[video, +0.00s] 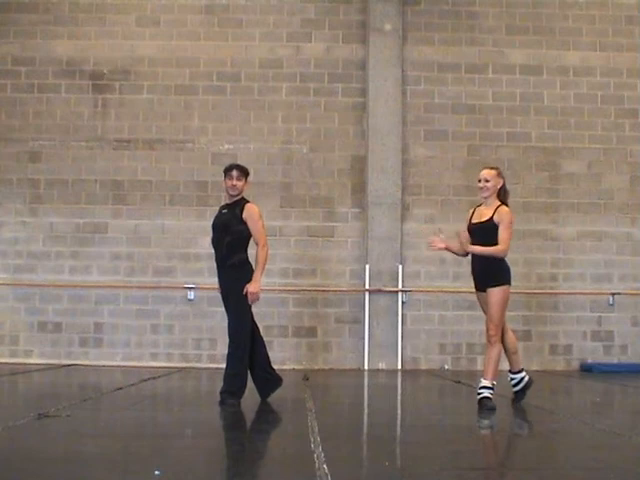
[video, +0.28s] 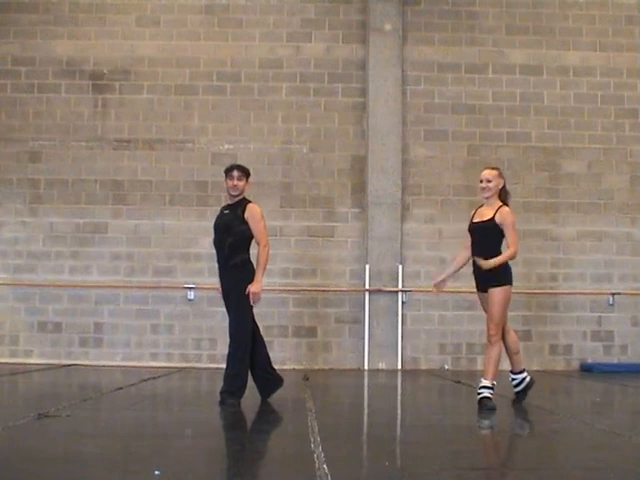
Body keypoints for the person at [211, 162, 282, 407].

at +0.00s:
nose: (234, 183)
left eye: (239, 179)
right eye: (230, 178)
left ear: (246, 183)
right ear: (224, 182)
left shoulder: (249, 209)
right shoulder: (224, 209)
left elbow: (262, 245)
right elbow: (224, 247)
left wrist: (256, 281)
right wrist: (222, 280)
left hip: (240, 275)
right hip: (225, 276)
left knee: (238, 333)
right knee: (246, 330)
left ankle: (231, 393)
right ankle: (267, 379)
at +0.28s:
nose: (235, 183)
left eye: (240, 179)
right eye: (231, 178)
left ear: (247, 183)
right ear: (225, 182)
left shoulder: (251, 209)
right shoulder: (225, 209)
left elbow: (264, 245)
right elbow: (224, 248)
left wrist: (257, 281)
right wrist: (223, 280)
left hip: (241, 275)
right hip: (226, 276)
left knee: (239, 333)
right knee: (247, 330)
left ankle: (231, 393)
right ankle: (268, 380)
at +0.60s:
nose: (236, 184)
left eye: (241, 180)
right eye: (232, 180)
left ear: (248, 184)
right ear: (226, 183)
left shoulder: (253, 210)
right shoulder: (228, 211)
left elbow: (265, 247)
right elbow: (230, 250)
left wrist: (250, 278)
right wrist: (225, 280)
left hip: (246, 279)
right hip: (230, 279)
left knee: (240, 335)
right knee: (249, 332)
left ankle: (232, 392)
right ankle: (271, 381)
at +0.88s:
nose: (235, 186)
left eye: (239, 183)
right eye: (231, 183)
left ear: (247, 186)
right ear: (226, 187)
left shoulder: (252, 209)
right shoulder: (232, 212)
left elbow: (255, 241)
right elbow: (235, 246)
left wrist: (226, 261)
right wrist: (228, 276)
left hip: (251, 277)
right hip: (239, 278)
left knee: (241, 333)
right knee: (255, 331)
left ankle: (231, 392)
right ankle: (276, 383)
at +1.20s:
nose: (244, 189)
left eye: (249, 185)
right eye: (240, 184)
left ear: (256, 190)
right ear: (234, 187)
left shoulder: (257, 222)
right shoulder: (222, 210)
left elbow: (267, 259)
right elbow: (196, 224)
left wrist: (277, 289)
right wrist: (173, 237)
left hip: (243, 284)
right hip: (224, 283)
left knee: (227, 333)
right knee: (241, 332)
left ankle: (226, 394)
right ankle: (271, 376)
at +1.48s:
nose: (247, 195)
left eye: (251, 190)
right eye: (242, 191)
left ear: (259, 195)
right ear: (236, 195)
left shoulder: (262, 229)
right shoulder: (225, 208)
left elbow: (280, 265)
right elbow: (197, 179)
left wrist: (303, 291)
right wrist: (169, 161)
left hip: (238, 292)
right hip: (212, 286)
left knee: (229, 346)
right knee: (176, 326)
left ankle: (212, 394)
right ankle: (186, 294)